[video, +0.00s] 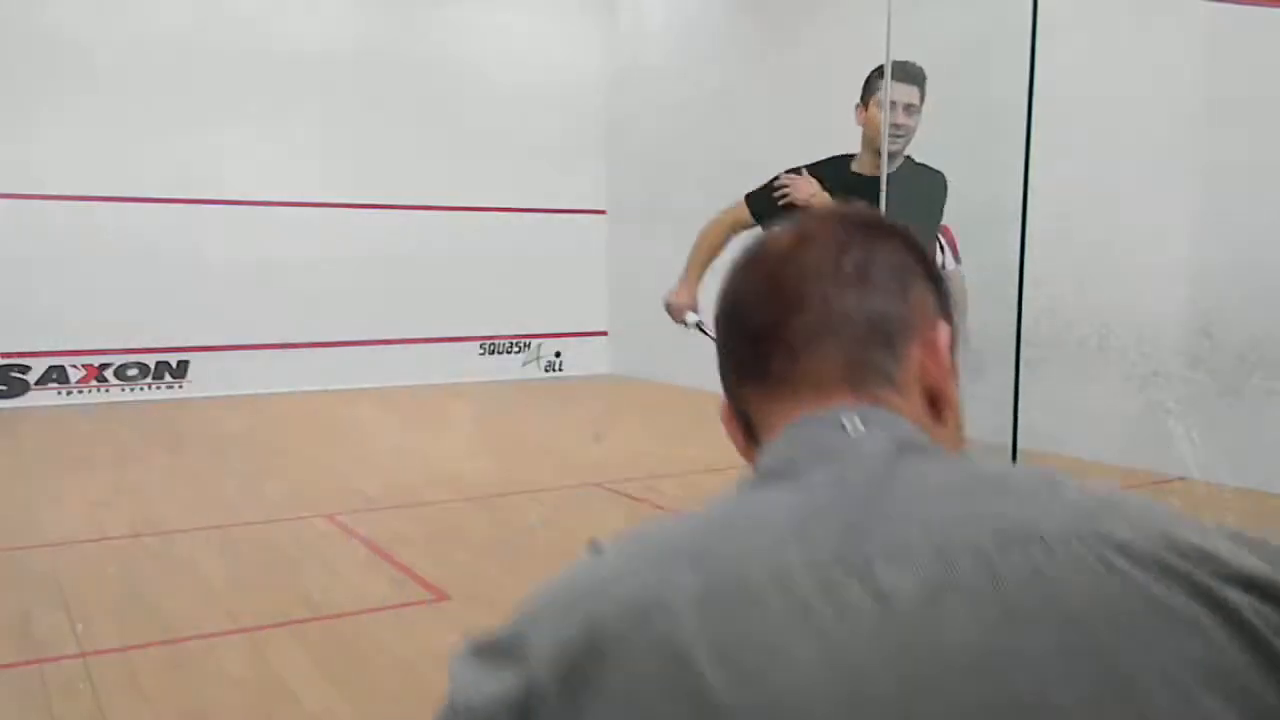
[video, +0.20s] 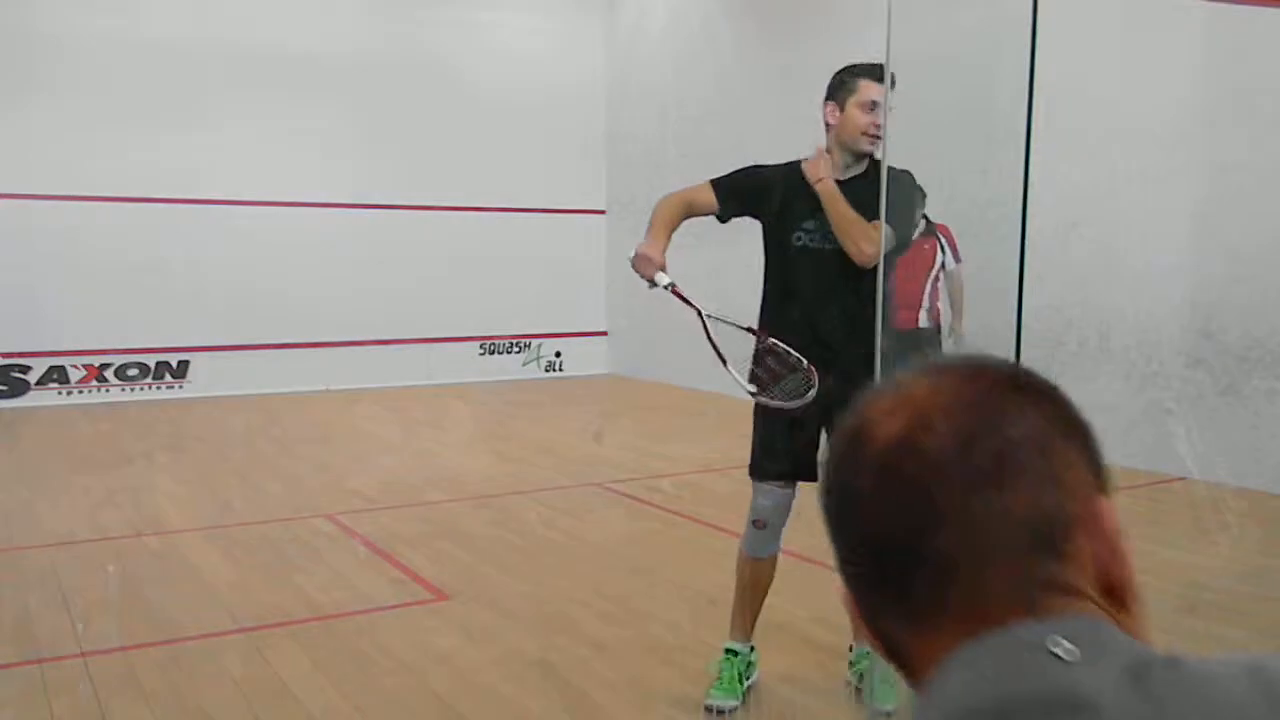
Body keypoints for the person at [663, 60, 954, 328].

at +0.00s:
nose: (899, 120)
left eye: (911, 110)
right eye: (888, 107)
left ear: (920, 119)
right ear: (861, 114)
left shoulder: (928, 185)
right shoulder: (819, 177)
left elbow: (903, 258)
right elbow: (727, 223)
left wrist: (825, 206)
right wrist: (688, 285)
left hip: (897, 325)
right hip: (822, 321)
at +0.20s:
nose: (879, 119)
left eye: (884, 109)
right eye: (868, 107)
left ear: (883, 120)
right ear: (831, 113)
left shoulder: (896, 188)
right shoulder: (780, 181)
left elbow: (867, 249)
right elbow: (679, 202)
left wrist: (824, 183)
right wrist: (654, 244)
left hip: (861, 380)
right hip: (786, 373)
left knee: (862, 521)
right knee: (766, 514)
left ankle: (867, 654)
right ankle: (738, 651)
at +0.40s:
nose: (850, 118)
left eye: (853, 108)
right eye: (839, 106)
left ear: (843, 117)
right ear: (798, 109)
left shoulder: (855, 187)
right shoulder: (747, 183)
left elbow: (857, 255)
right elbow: (665, 246)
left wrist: (786, 198)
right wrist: (667, 294)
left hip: (831, 372)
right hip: (753, 370)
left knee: (851, 517)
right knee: (748, 517)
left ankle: (862, 650)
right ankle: (738, 655)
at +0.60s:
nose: (820, 114)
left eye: (822, 103)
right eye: (809, 102)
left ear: (794, 114)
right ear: (769, 109)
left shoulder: (824, 181)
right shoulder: (725, 184)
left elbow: (846, 251)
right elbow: (683, 277)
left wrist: (779, 197)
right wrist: (732, 345)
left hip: (817, 377)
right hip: (744, 380)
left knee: (835, 511)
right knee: (743, 518)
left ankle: (821, 654)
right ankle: (738, 655)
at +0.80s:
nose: (807, 111)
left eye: (807, 101)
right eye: (795, 101)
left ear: (791, 111)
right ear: (755, 109)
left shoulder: (814, 182)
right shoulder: (719, 188)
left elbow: (852, 262)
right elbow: (693, 286)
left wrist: (796, 206)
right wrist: (772, 340)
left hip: (814, 372)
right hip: (742, 381)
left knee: (833, 506)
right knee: (743, 517)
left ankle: (825, 648)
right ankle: (738, 654)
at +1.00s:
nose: (819, 110)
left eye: (820, 100)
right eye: (806, 100)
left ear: (806, 113)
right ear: (766, 111)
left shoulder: (829, 186)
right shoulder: (723, 196)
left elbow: (865, 276)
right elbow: (693, 295)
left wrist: (836, 243)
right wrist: (756, 352)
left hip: (824, 370)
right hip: (749, 380)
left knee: (856, 500)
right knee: (748, 518)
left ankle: (851, 629)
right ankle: (739, 653)